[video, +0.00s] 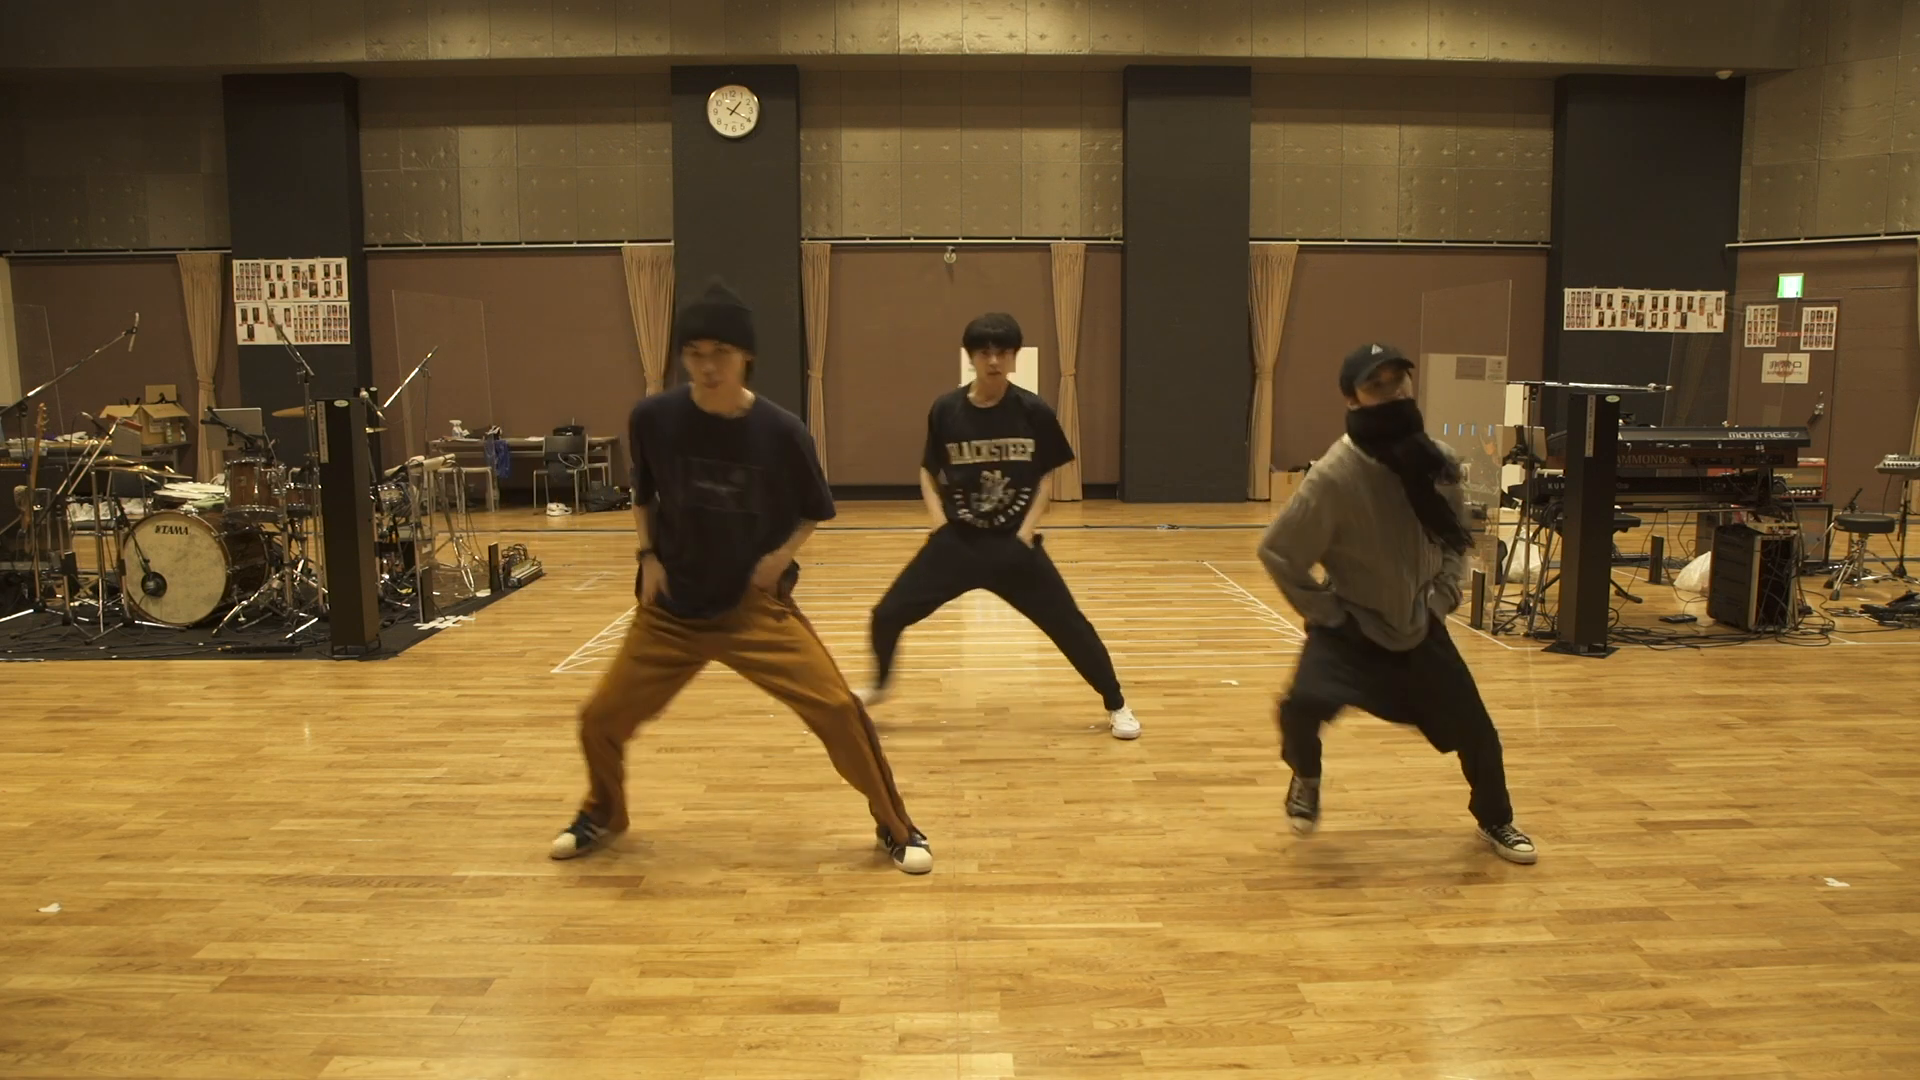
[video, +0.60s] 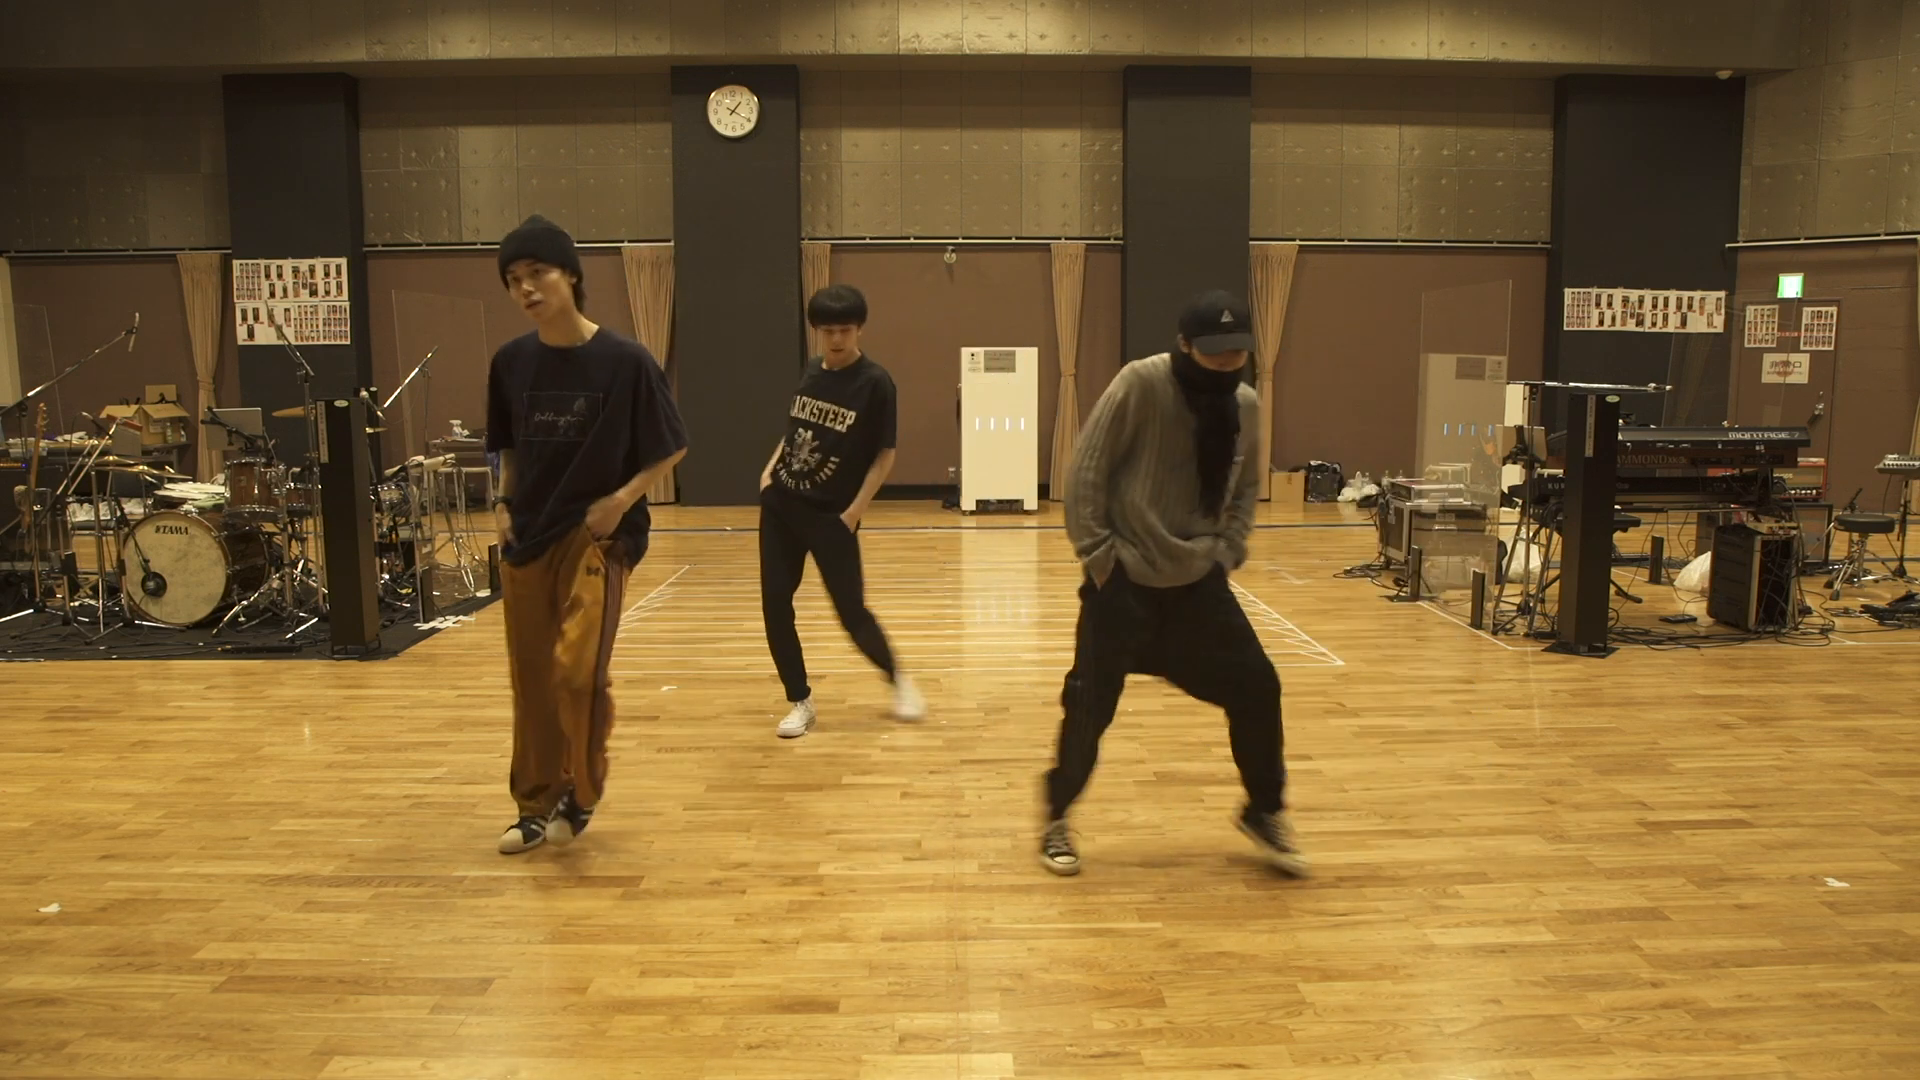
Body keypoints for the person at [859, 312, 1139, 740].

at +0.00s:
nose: (994, 362)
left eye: (1003, 353)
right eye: (985, 353)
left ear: (1015, 358)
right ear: (970, 357)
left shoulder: (1035, 412)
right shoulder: (946, 410)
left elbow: (1045, 475)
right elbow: (928, 469)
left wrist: (1026, 532)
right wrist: (941, 522)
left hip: (1014, 546)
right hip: (956, 543)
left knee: (1069, 625)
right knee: (886, 615)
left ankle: (1118, 707)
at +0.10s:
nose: (972, 358)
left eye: (981, 350)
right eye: (964, 349)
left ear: (992, 353)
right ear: (948, 351)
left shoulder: (1004, 402)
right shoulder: (923, 398)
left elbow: (1012, 470)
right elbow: (910, 456)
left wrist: (993, 532)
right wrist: (911, 508)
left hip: (980, 541)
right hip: (926, 536)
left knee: (1038, 620)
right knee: (866, 611)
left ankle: (1108, 700)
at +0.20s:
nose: (938, 358)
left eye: (946, 348)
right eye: (929, 348)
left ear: (960, 348)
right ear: (915, 348)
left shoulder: (965, 405)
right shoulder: (905, 381)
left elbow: (974, 477)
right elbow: (888, 447)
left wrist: (947, 530)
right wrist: (870, 497)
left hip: (934, 533)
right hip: (884, 524)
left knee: (997, 613)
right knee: (836, 611)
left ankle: (1070, 695)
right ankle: (805, 707)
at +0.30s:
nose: (888, 353)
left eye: (898, 345)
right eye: (881, 345)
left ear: (915, 344)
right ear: (870, 343)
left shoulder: (918, 400)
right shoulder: (876, 378)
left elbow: (934, 472)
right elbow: (865, 444)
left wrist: (900, 528)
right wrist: (839, 488)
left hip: (889, 527)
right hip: (843, 517)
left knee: (948, 611)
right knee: (808, 612)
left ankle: (1024, 691)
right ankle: (804, 707)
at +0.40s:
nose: (866, 350)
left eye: (875, 341)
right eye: (859, 341)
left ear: (894, 339)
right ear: (848, 340)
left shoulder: (895, 397)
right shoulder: (855, 373)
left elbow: (912, 469)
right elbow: (838, 434)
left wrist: (879, 526)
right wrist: (815, 479)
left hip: (869, 522)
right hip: (823, 512)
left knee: (923, 606)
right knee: (798, 608)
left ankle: (999, 690)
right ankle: (803, 705)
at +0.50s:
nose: (844, 344)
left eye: (853, 335)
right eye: (837, 335)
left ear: (871, 334)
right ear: (826, 334)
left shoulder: (880, 390)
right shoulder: (829, 373)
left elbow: (895, 461)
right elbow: (816, 435)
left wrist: (860, 516)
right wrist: (787, 472)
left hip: (841, 519)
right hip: (794, 508)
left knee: (887, 606)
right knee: (783, 607)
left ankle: (953, 690)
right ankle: (801, 704)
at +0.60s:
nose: (835, 339)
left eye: (843, 330)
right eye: (827, 330)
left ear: (859, 330)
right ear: (816, 332)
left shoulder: (877, 383)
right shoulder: (811, 373)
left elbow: (886, 455)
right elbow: (795, 433)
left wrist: (854, 511)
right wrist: (769, 470)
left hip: (831, 516)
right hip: (781, 506)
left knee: (851, 614)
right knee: (775, 607)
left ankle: (898, 679)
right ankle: (800, 703)